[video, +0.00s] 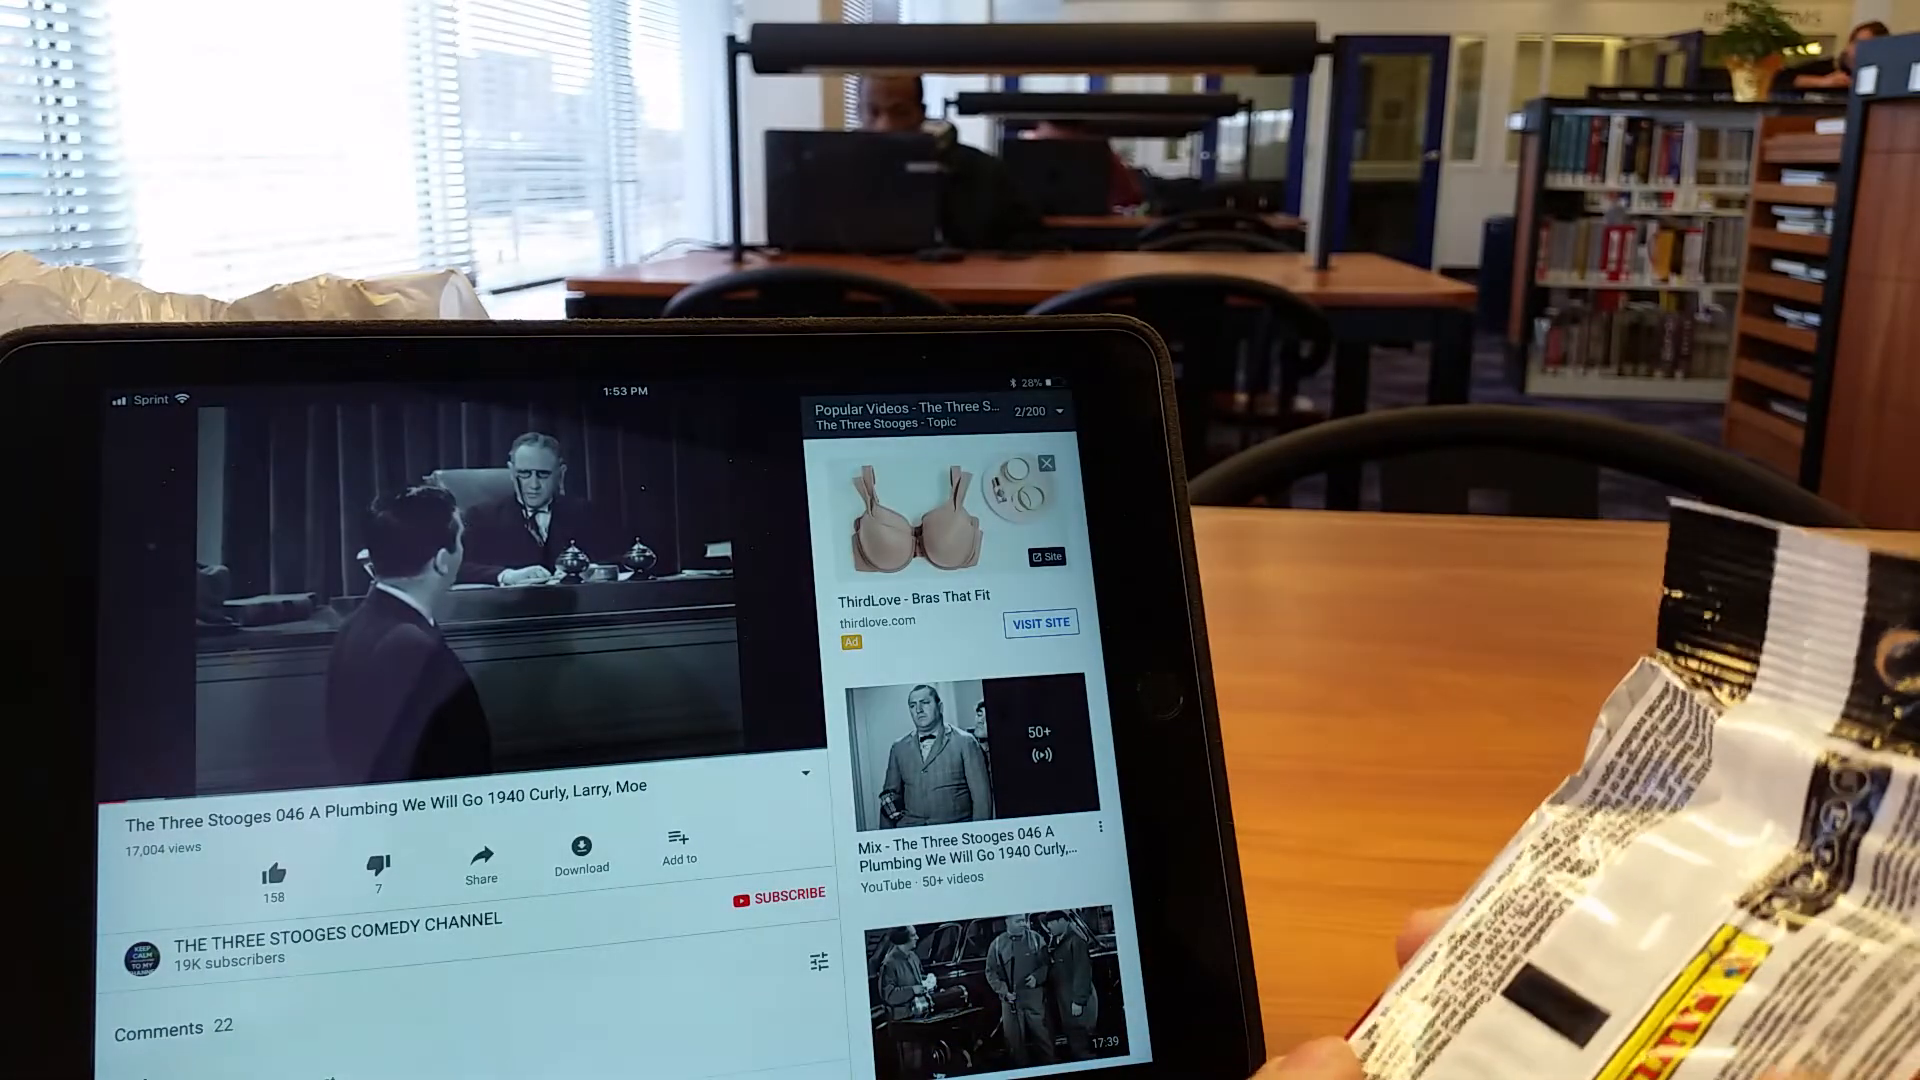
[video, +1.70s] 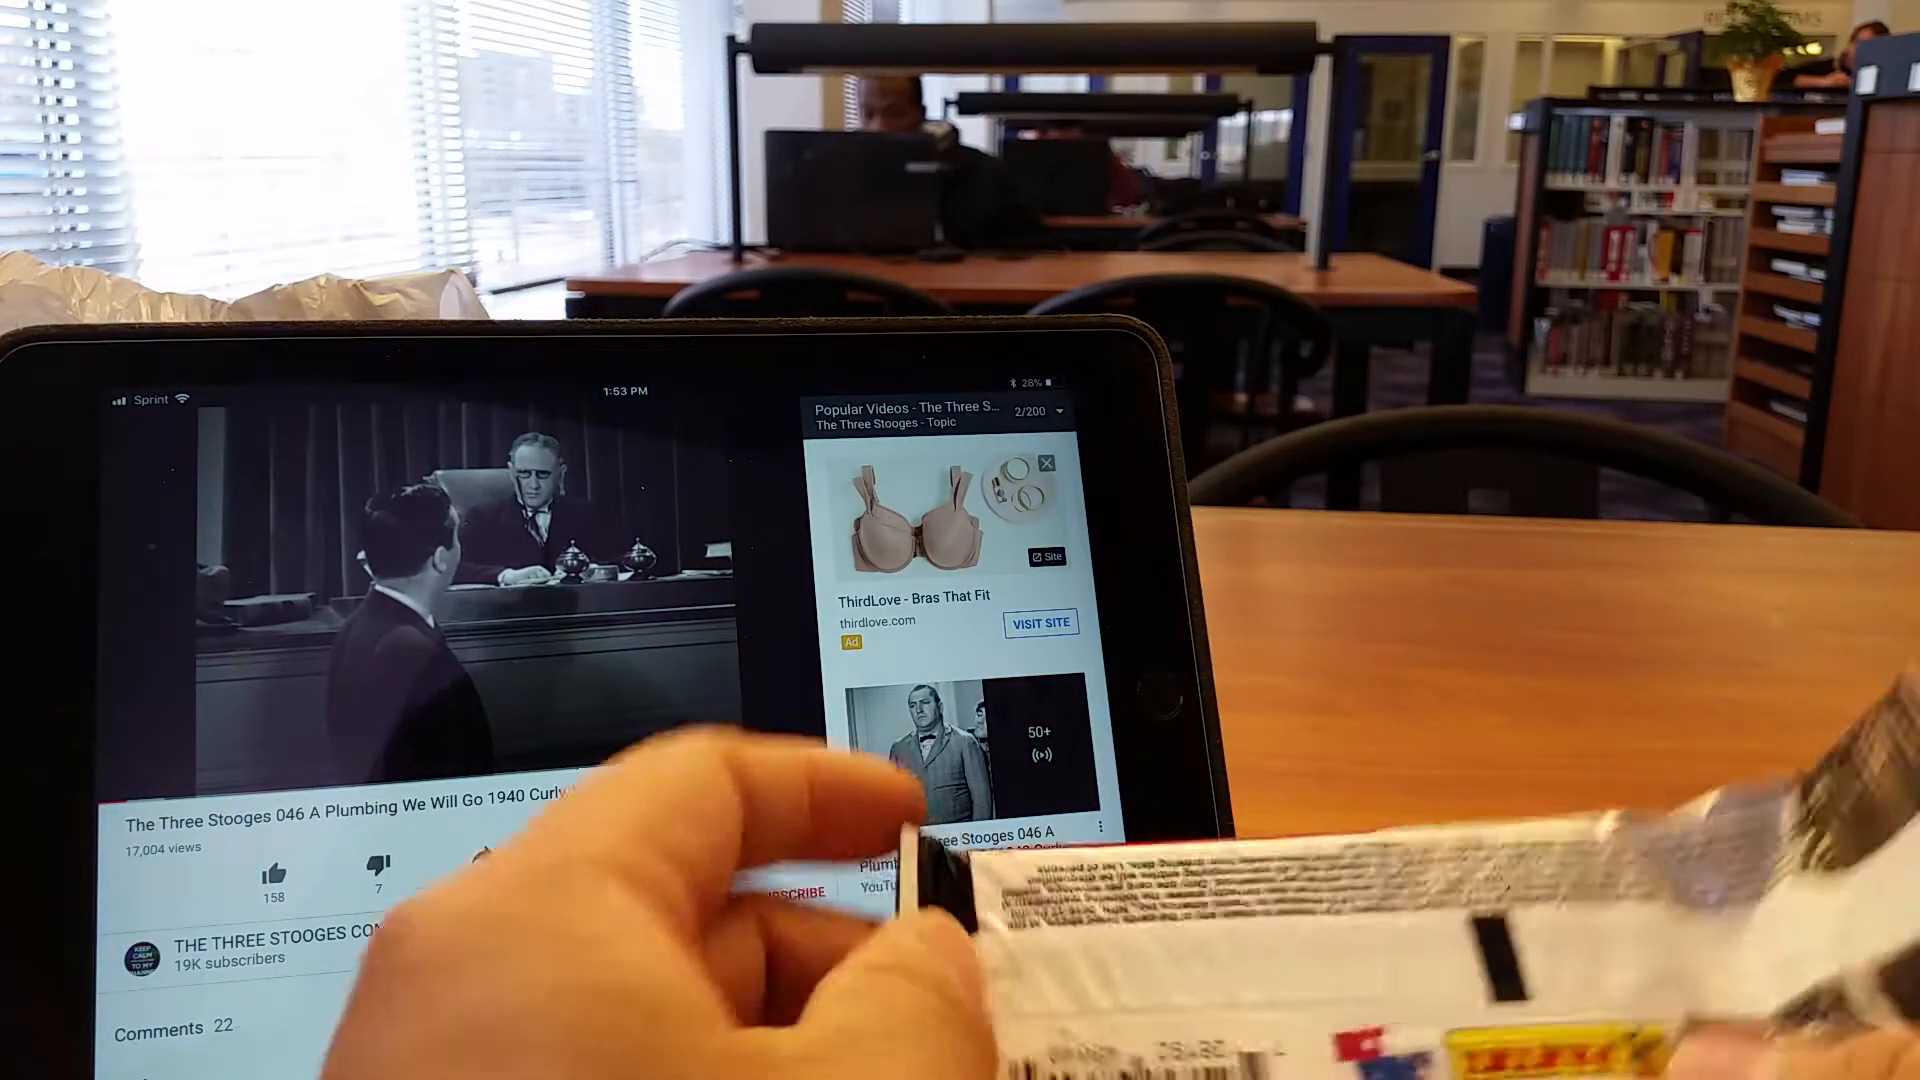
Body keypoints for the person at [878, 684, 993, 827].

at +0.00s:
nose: (919, 709)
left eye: (925, 703)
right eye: (913, 705)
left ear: (939, 707)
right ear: (909, 711)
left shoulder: (964, 742)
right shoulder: (899, 749)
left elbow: (981, 795)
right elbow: (891, 794)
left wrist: (979, 834)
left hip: (956, 831)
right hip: (910, 835)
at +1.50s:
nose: (919, 710)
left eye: (925, 703)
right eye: (913, 705)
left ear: (939, 707)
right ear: (909, 711)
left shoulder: (964, 742)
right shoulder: (899, 748)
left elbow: (981, 795)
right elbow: (890, 795)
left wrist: (979, 835)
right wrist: (886, 840)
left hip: (956, 831)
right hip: (910, 836)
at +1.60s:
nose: (919, 709)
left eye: (925, 702)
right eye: (913, 705)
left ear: (939, 706)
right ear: (909, 711)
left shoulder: (964, 742)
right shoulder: (899, 749)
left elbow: (981, 796)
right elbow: (892, 792)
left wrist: (979, 835)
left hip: (958, 833)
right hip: (916, 836)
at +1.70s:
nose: (919, 710)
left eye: (925, 703)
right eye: (913, 705)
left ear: (939, 707)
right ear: (910, 711)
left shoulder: (964, 742)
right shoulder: (899, 749)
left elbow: (981, 796)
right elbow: (893, 799)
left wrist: (977, 837)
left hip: (960, 833)